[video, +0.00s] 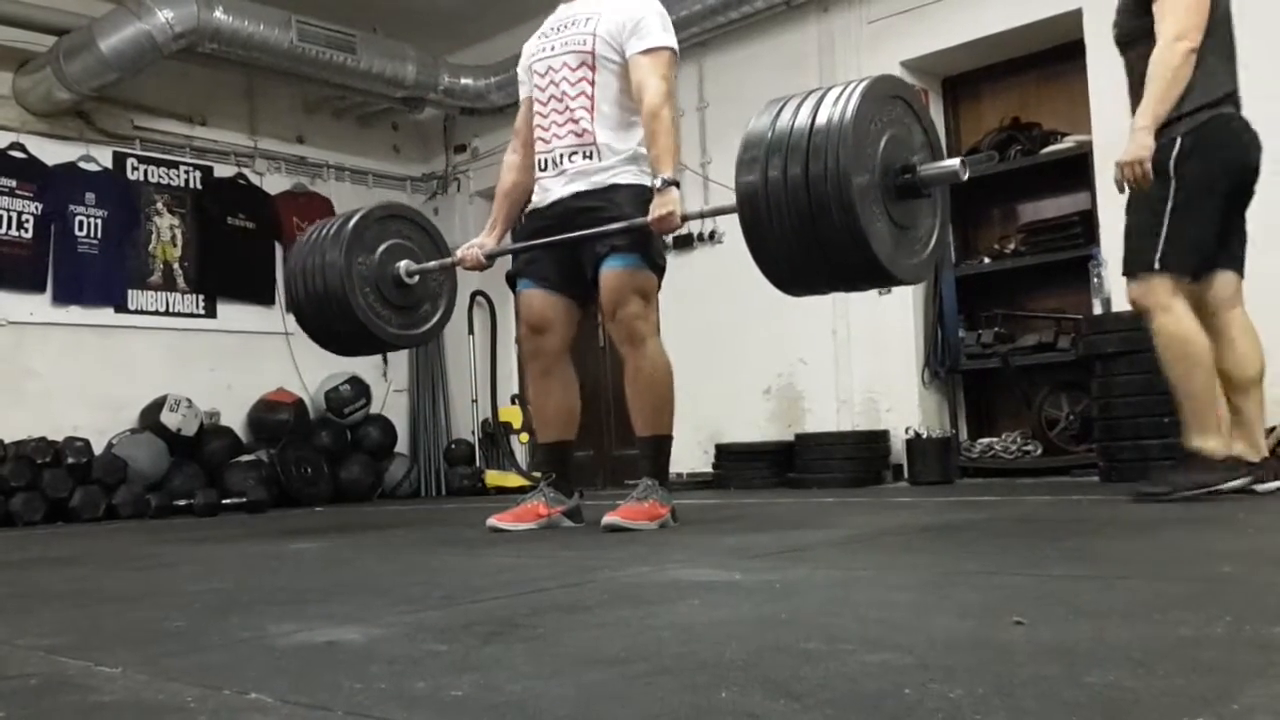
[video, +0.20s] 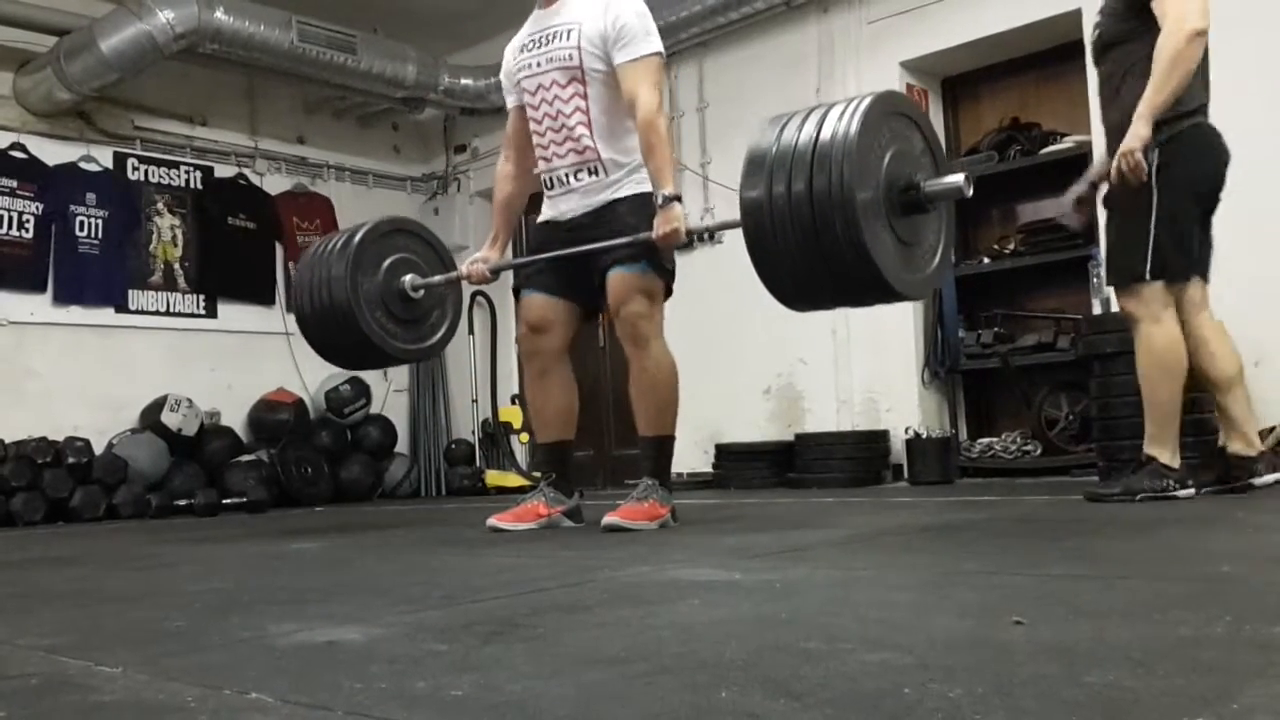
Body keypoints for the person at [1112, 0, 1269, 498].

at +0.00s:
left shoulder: (1177, 1)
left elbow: (1181, 44)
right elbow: (1180, 50)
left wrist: (1141, 131)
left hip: (1190, 136)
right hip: (1222, 132)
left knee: (1154, 291)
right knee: (1220, 299)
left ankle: (1208, 453)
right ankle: (1250, 454)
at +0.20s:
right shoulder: (1126, 11)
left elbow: (1189, 27)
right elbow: (1135, 90)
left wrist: (1141, 122)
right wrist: (1108, 167)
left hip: (1165, 148)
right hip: (1181, 146)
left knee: (1146, 302)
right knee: (1192, 305)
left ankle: (1162, 462)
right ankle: (1245, 450)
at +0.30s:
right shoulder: (1109, 11)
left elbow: (1192, 17)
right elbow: (1124, 95)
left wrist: (1147, 116)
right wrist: (1079, 162)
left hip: (1156, 144)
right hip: (1131, 152)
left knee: (1153, 300)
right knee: (1129, 305)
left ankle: (1162, 464)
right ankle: (1235, 437)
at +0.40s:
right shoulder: (1099, 11)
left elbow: (1197, 16)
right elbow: (1119, 85)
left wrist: (1147, 112)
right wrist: (1085, 147)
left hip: (1151, 146)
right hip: (1120, 155)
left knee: (1151, 301)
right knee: (1100, 305)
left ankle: (1162, 463)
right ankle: (1219, 423)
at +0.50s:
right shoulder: (1091, 11)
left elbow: (1203, 19)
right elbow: (1102, 81)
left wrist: (1141, 110)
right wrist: (1086, 146)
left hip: (1146, 148)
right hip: (1110, 159)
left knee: (1145, 300)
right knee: (1095, 306)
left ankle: (1163, 463)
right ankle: (1192, 435)